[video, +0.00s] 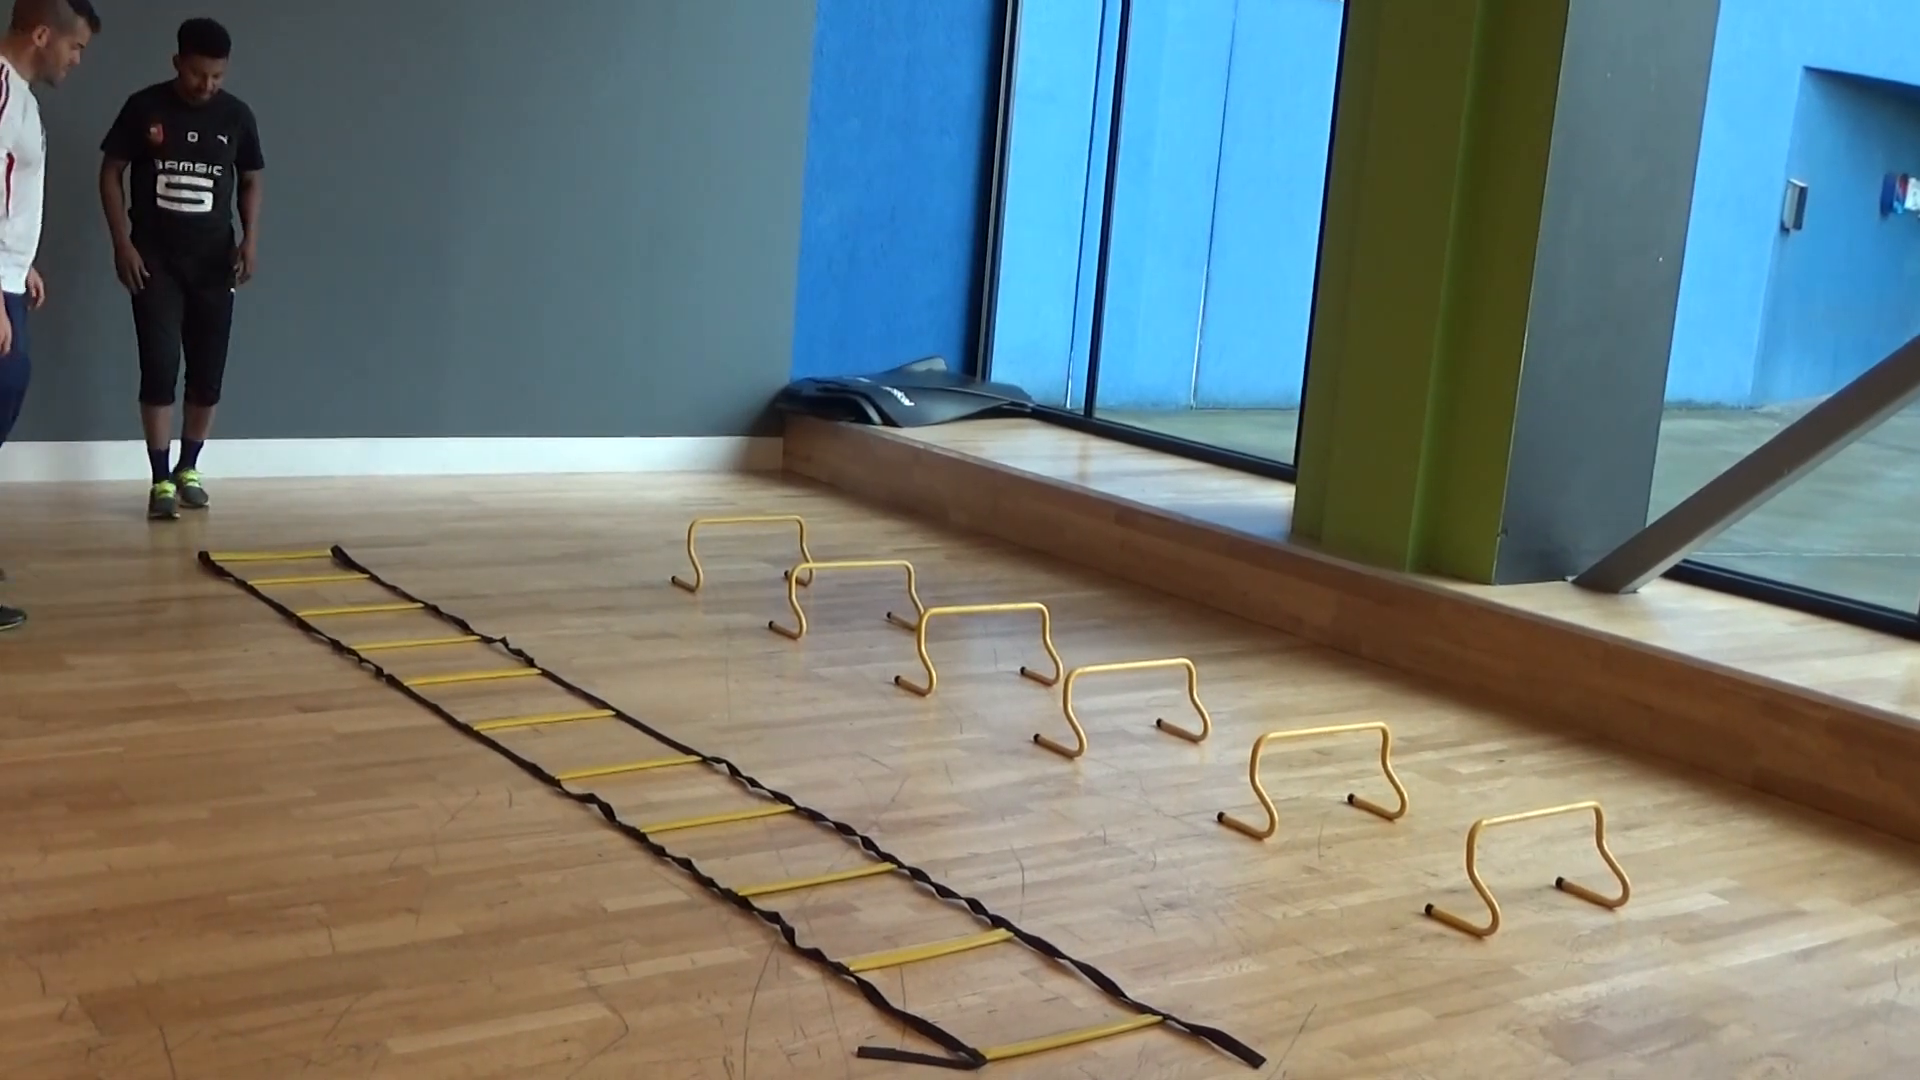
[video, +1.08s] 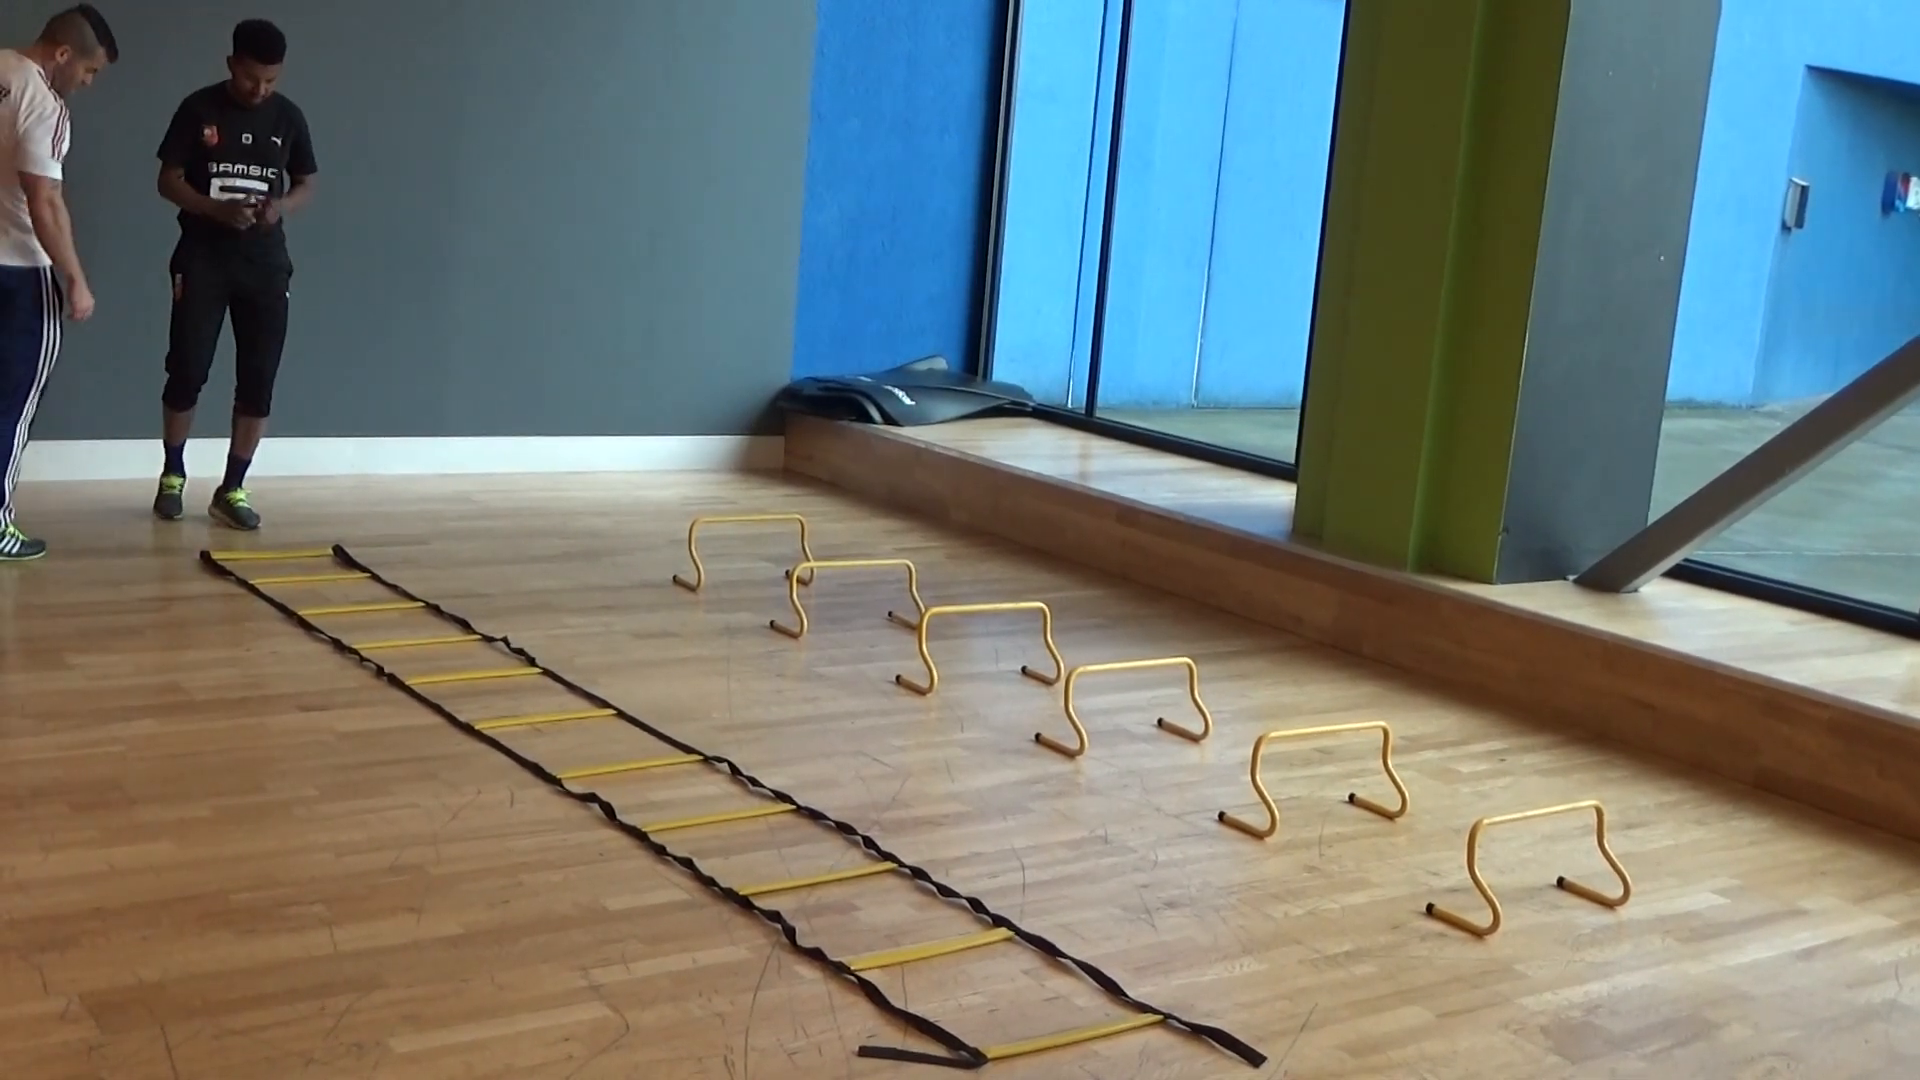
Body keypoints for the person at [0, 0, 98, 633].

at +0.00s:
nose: (77, 60)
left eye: (81, 49)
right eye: (74, 47)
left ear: (39, 35)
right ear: (39, 36)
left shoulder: (24, 99)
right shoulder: (8, 98)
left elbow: (12, 198)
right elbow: (4, 203)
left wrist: (23, 262)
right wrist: (1, 299)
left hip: (15, 292)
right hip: (4, 298)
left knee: (10, 409)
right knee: (5, 411)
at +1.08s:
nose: (85, 85)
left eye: (91, 76)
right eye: (88, 73)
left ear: (55, 49)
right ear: (61, 51)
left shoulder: (8, 70)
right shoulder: (41, 102)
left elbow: (41, 198)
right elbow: (44, 203)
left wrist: (64, 274)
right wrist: (76, 278)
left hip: (10, 267)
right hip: (20, 269)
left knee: (12, 397)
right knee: (16, 399)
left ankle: (2, 520)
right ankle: (1, 521)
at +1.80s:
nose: (113, 60)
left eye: (115, 50)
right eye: (112, 49)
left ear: (70, 41)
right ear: (89, 45)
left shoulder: (15, 74)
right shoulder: (67, 92)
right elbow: (53, 173)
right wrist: (68, 252)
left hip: (10, 249)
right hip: (58, 252)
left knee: (4, 366)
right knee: (78, 363)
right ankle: (55, 479)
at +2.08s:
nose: (149, 60)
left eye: (150, 50)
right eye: (148, 50)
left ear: (102, 44)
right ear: (129, 49)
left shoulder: (58, 84)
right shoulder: (105, 100)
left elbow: (59, 176)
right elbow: (91, 182)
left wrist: (116, 234)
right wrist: (111, 258)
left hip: (46, 251)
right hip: (93, 255)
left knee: (47, 353)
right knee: (107, 364)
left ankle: (1, 453)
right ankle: (81, 471)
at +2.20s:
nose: (170, 57)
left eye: (171, 49)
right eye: (167, 48)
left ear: (127, 44)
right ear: (145, 47)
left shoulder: (91, 82)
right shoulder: (121, 92)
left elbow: (97, 177)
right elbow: (102, 178)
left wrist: (137, 239)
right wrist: (121, 254)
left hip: (79, 242)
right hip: (106, 246)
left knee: (97, 343)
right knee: (114, 354)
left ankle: (45, 432)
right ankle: (81, 470)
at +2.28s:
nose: (188, 58)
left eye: (188, 49)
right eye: (182, 48)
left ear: (152, 48)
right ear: (157, 47)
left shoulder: (126, 87)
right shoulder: (130, 91)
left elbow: (127, 178)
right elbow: (105, 172)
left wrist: (147, 238)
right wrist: (121, 249)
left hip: (113, 243)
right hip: (111, 245)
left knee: (135, 341)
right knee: (117, 351)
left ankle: (88, 450)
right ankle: (79, 470)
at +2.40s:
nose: (212, 68)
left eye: (213, 59)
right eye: (208, 57)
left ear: (180, 55)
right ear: (179, 53)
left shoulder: (173, 98)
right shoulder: (150, 92)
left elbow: (164, 179)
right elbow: (114, 166)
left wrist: (175, 254)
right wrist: (121, 249)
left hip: (156, 248)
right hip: (135, 249)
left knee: (166, 354)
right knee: (118, 358)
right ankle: (79, 470)